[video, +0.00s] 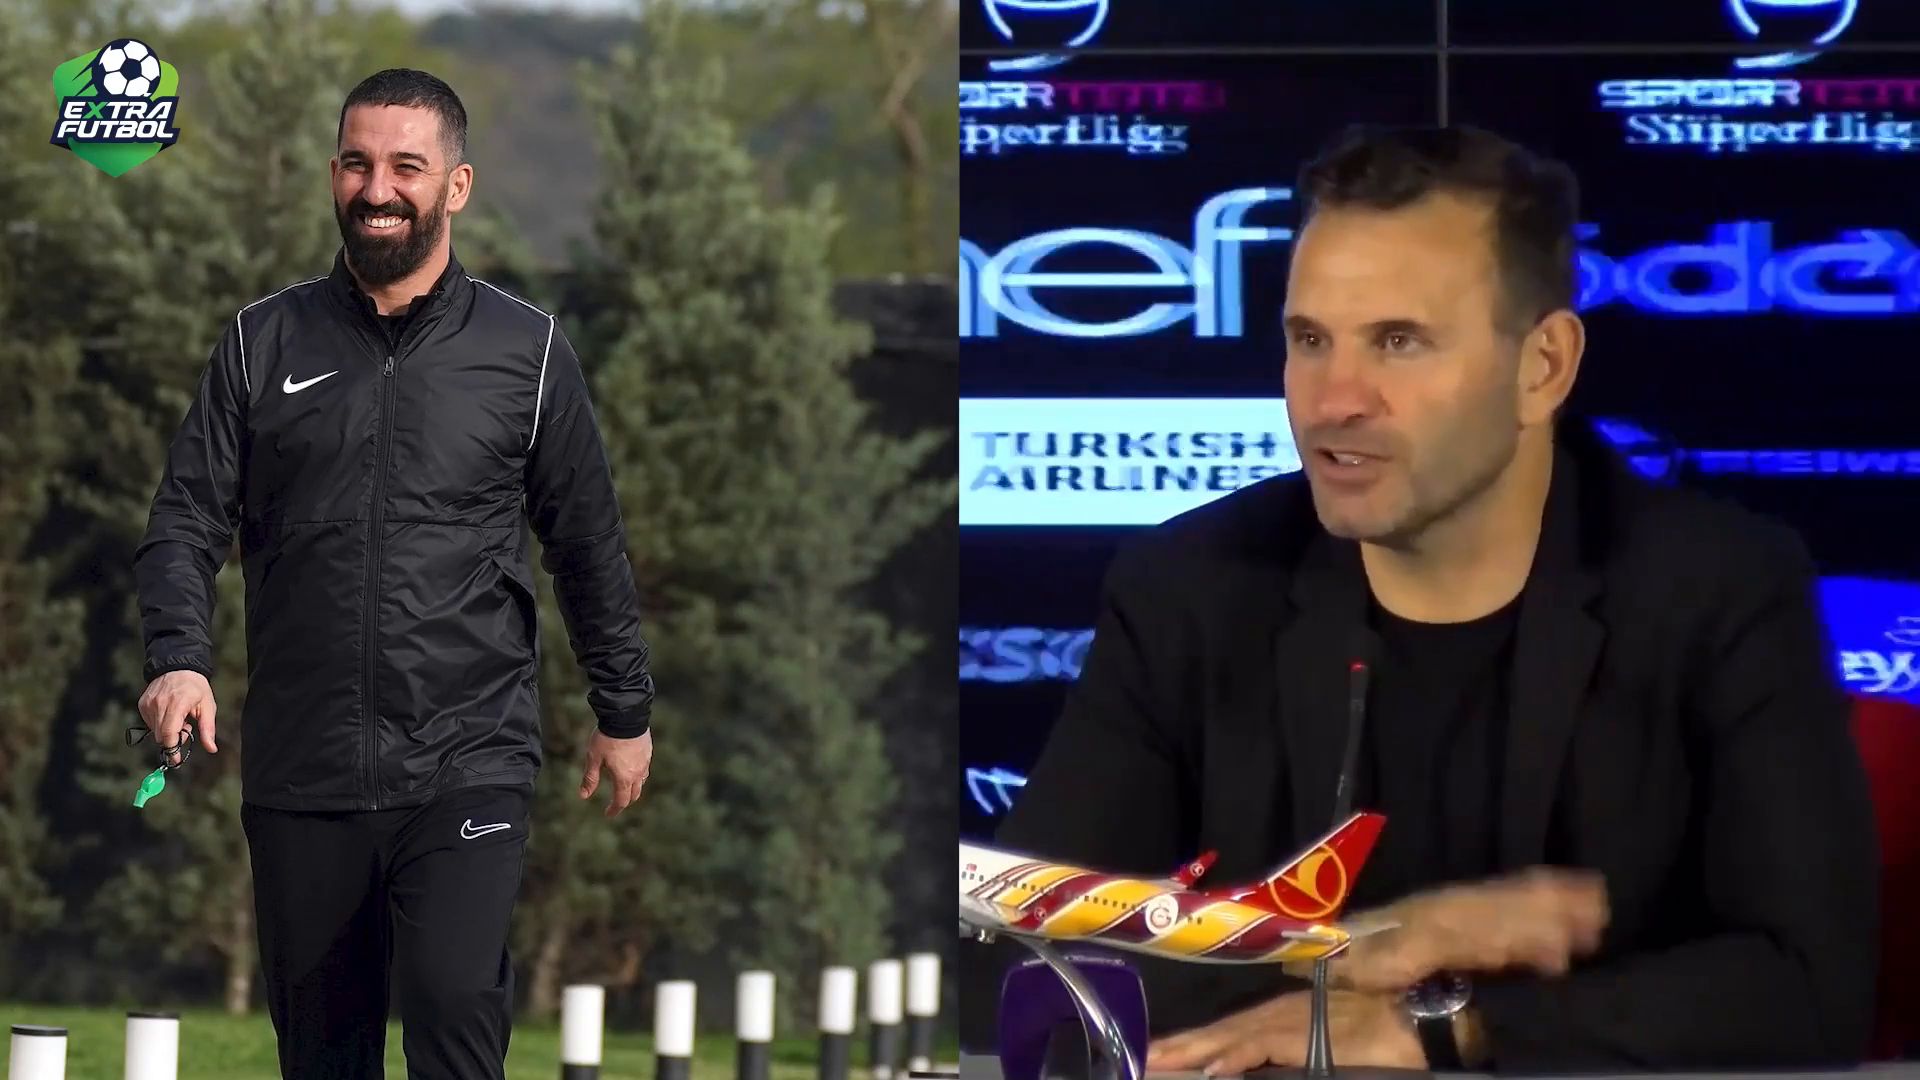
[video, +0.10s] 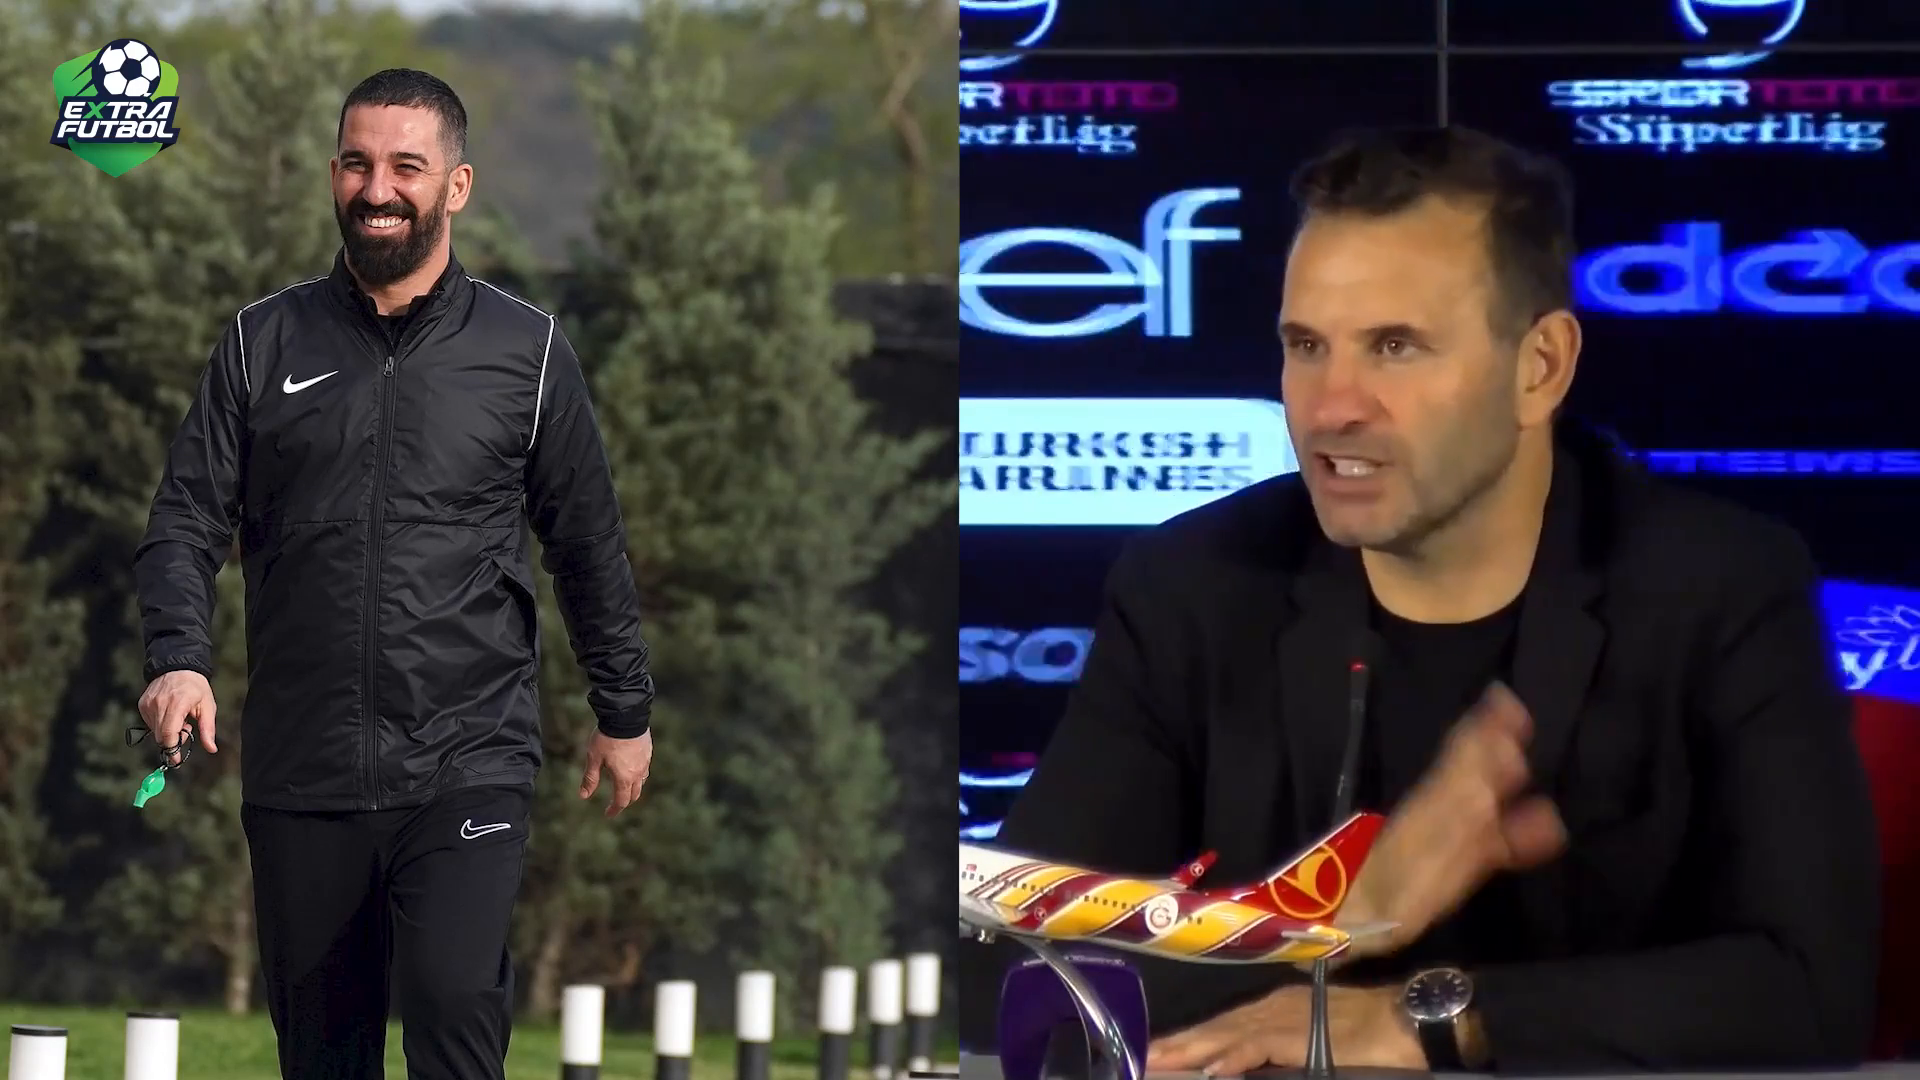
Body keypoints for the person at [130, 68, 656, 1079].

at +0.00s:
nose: (376, 187)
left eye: (405, 164)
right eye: (356, 162)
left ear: (458, 185)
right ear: (334, 176)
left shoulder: (529, 349)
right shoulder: (259, 343)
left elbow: (588, 541)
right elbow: (187, 513)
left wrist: (623, 709)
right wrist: (178, 658)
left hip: (472, 752)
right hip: (302, 755)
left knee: (455, 1018)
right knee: (320, 1042)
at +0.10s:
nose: (376, 187)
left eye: (405, 164)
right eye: (356, 162)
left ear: (458, 185)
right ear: (334, 176)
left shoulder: (529, 349)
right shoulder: (259, 343)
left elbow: (588, 541)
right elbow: (187, 513)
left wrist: (623, 709)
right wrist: (178, 658)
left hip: (472, 752)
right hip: (302, 755)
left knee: (455, 1018)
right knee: (320, 1042)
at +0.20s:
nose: (376, 187)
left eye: (405, 164)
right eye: (356, 162)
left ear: (458, 185)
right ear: (334, 176)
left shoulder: (529, 349)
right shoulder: (259, 343)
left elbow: (588, 541)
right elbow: (187, 513)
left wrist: (623, 709)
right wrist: (178, 658)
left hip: (472, 752)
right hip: (302, 755)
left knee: (455, 1018)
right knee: (320, 1042)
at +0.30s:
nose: (376, 187)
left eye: (405, 164)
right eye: (356, 162)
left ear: (458, 185)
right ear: (334, 176)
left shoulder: (529, 349)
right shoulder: (259, 343)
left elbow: (588, 541)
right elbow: (187, 513)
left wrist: (623, 709)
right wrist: (178, 658)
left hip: (472, 752)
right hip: (302, 755)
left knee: (455, 1018)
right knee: (320, 1042)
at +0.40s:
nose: (376, 187)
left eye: (405, 164)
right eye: (356, 162)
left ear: (458, 185)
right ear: (334, 176)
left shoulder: (529, 349)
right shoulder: (259, 343)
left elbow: (588, 541)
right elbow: (187, 513)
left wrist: (623, 709)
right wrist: (178, 658)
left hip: (472, 752)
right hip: (302, 755)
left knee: (455, 1018)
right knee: (320, 1042)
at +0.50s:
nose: (376, 187)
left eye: (405, 164)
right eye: (356, 162)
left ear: (458, 185)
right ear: (334, 176)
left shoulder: (529, 349)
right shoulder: (259, 343)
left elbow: (588, 541)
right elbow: (187, 513)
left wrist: (623, 709)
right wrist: (178, 658)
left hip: (472, 752)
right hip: (302, 755)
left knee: (455, 1018)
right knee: (320, 1042)